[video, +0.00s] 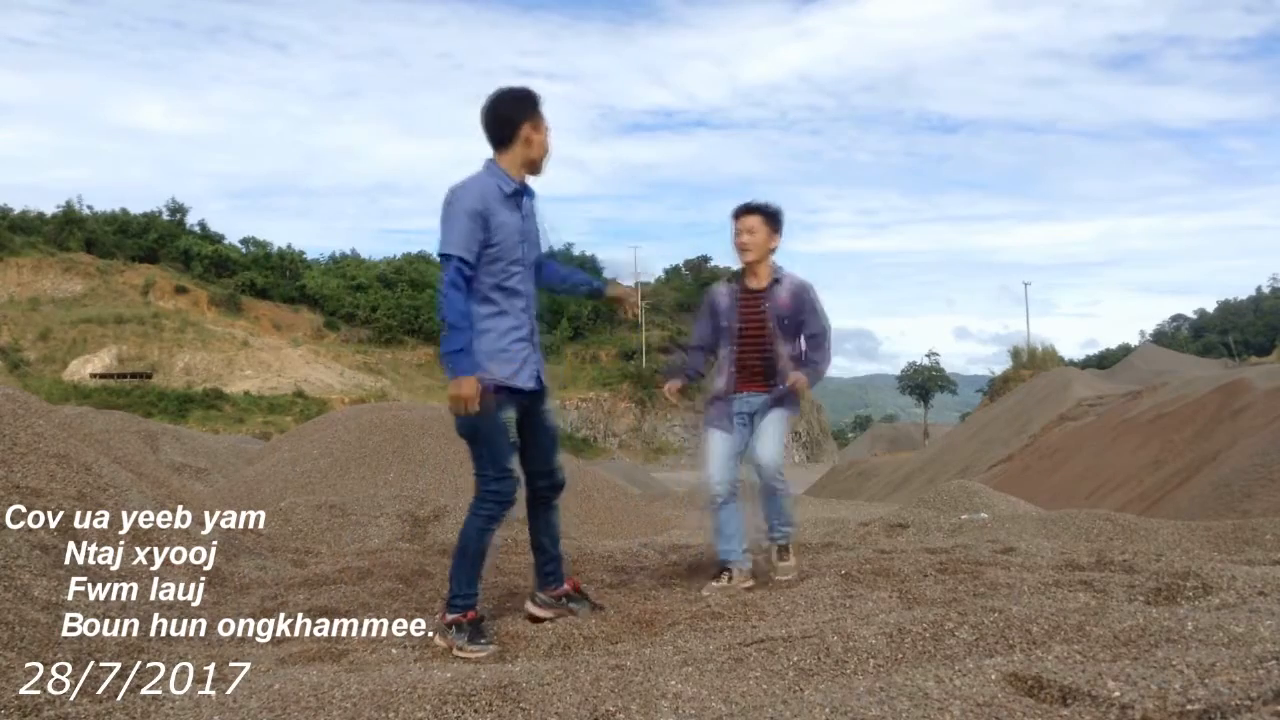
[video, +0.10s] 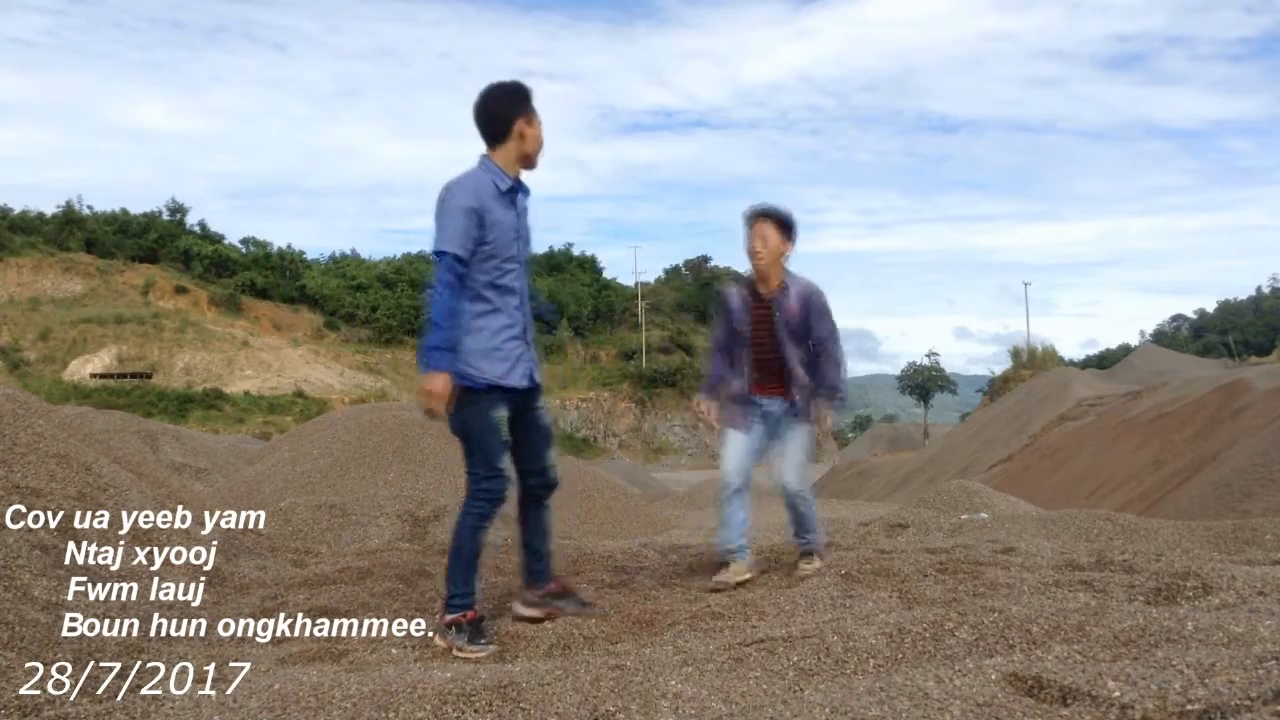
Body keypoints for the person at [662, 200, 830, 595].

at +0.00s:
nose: (742, 240)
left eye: (751, 233)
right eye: (738, 234)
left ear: (773, 239)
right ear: (734, 239)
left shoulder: (796, 291)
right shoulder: (719, 295)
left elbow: (820, 342)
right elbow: (700, 347)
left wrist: (808, 373)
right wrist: (681, 376)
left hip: (776, 400)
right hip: (728, 402)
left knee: (766, 461)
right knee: (719, 483)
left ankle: (781, 540)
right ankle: (736, 567)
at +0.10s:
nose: (755, 247)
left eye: (765, 240)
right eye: (752, 240)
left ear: (786, 246)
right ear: (747, 244)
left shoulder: (806, 295)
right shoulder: (734, 296)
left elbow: (827, 348)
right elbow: (721, 349)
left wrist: (826, 397)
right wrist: (710, 391)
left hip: (792, 407)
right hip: (745, 406)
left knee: (792, 481)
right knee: (732, 477)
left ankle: (809, 550)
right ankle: (737, 559)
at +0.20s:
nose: (762, 256)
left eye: (771, 248)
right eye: (758, 249)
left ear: (793, 253)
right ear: (754, 253)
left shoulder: (816, 301)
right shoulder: (748, 300)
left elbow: (836, 360)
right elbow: (740, 356)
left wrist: (852, 414)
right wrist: (730, 403)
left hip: (812, 408)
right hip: (768, 407)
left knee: (806, 477)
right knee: (742, 467)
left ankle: (812, 552)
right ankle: (772, 544)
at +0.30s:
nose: (771, 246)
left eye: (779, 239)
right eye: (766, 240)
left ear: (800, 242)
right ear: (762, 243)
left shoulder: (824, 287)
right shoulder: (757, 294)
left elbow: (844, 345)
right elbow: (753, 349)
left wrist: (855, 397)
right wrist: (749, 395)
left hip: (821, 399)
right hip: (778, 402)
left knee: (808, 469)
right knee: (766, 474)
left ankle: (814, 547)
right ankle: (800, 529)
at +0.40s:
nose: (781, 248)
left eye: (790, 241)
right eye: (777, 242)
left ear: (810, 245)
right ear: (773, 246)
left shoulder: (831, 287)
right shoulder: (768, 295)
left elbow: (854, 343)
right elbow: (764, 350)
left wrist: (859, 395)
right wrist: (759, 394)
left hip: (825, 400)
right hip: (785, 402)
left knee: (811, 469)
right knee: (796, 476)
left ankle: (814, 548)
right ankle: (845, 531)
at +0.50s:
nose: (788, 258)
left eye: (796, 251)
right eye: (784, 251)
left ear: (817, 257)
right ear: (780, 256)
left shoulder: (836, 302)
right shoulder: (777, 305)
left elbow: (858, 356)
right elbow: (771, 358)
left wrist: (866, 409)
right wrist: (764, 403)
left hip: (830, 405)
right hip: (794, 407)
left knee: (812, 466)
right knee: (817, 473)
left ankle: (814, 547)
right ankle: (849, 539)